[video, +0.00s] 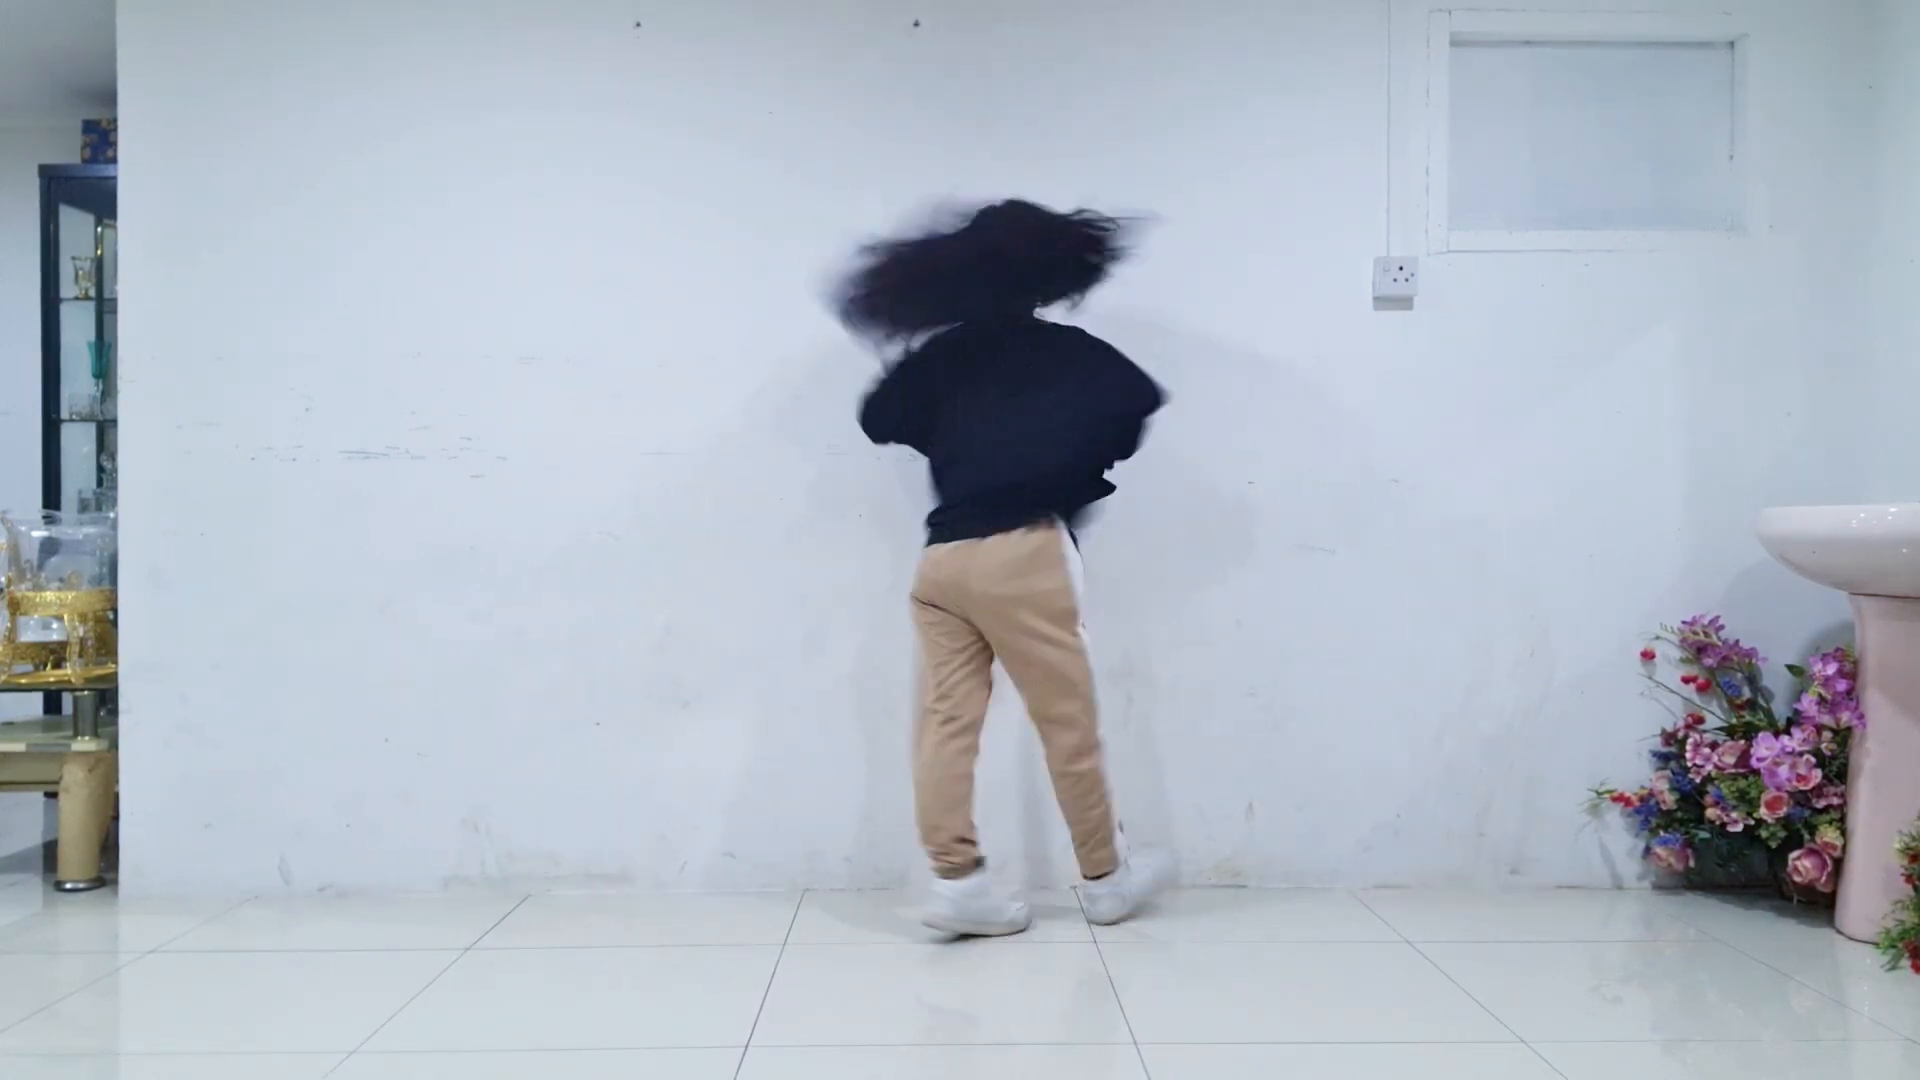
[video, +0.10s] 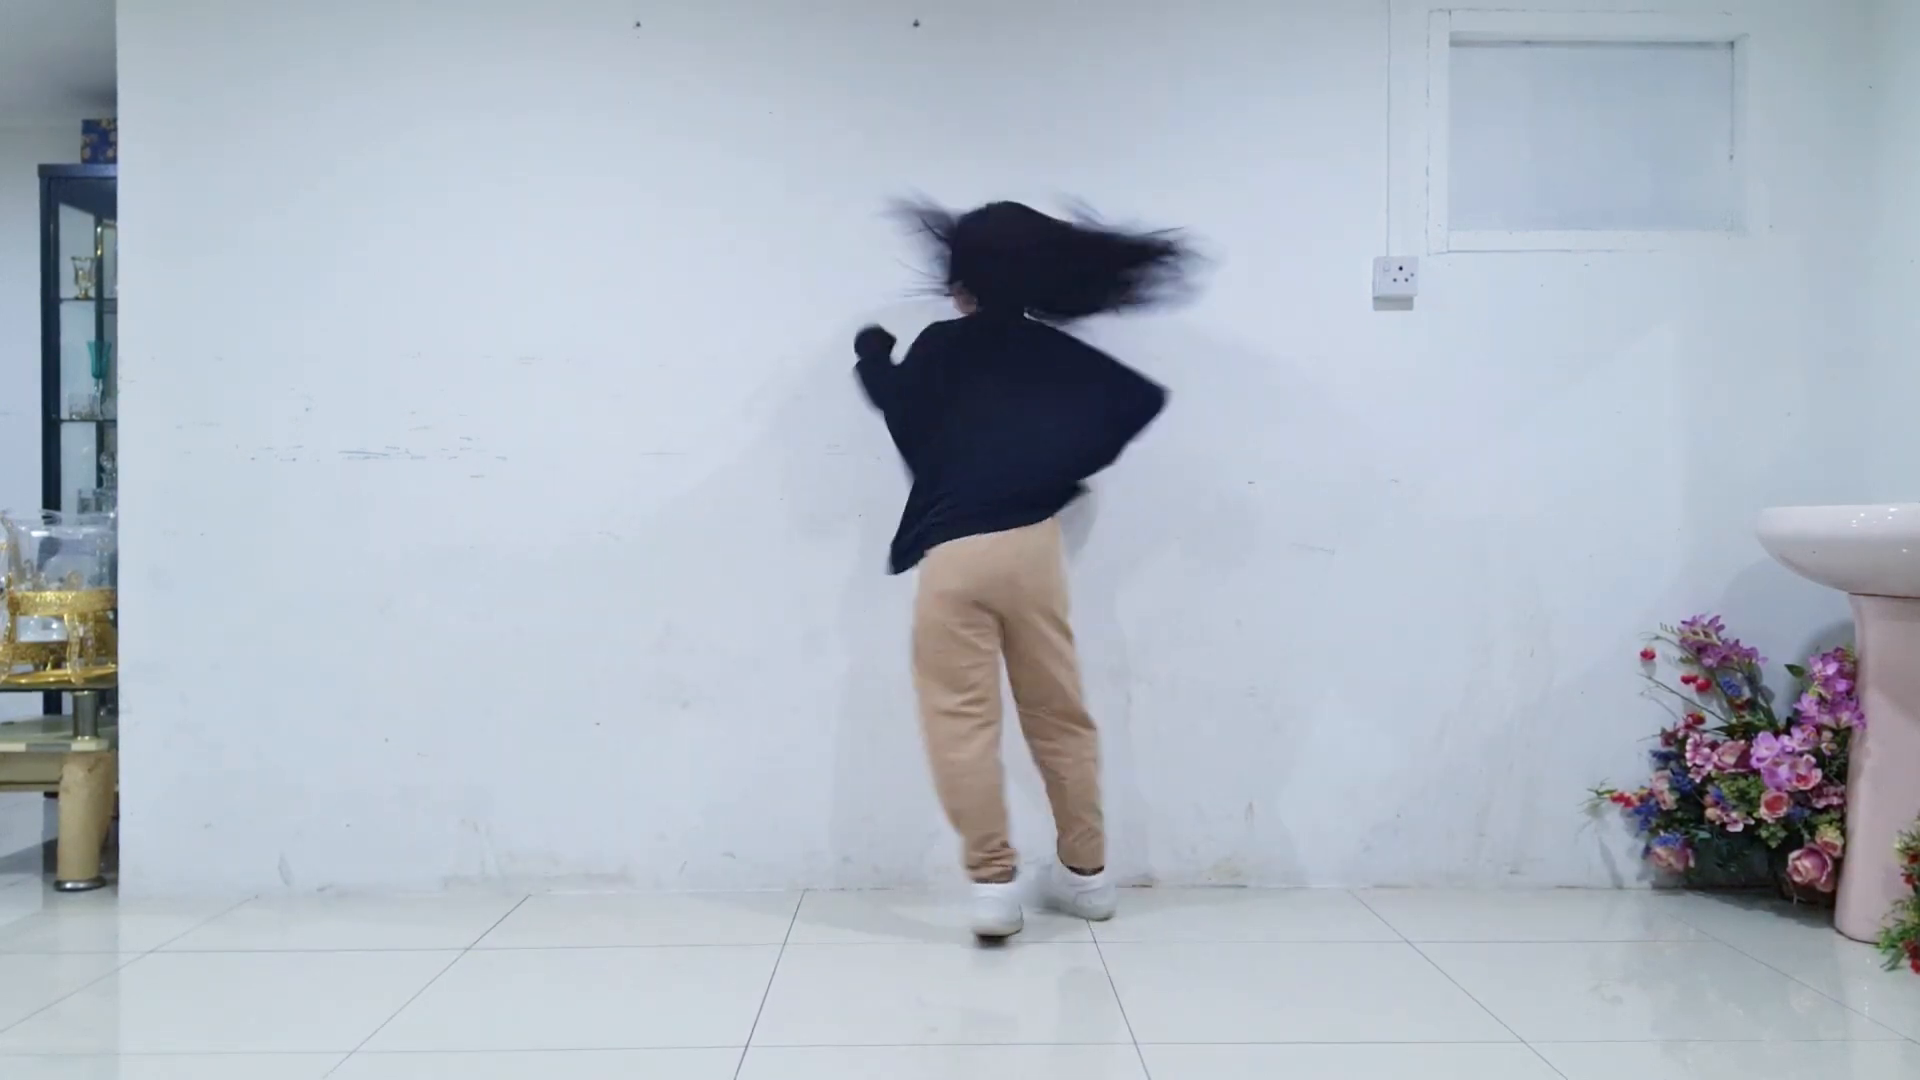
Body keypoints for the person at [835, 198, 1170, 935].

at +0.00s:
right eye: (1035, 278)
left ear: (963, 287)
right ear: (1035, 283)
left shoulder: (939, 362)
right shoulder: (1067, 350)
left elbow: (878, 417)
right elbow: (1135, 405)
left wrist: (949, 414)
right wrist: (1086, 460)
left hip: (941, 562)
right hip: (1025, 558)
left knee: (947, 723)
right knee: (1066, 720)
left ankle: (956, 884)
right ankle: (1103, 877)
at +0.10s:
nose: (949, 294)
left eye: (953, 284)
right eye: (955, 283)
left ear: (963, 289)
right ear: (1027, 287)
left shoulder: (935, 350)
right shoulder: (1053, 350)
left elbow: (886, 390)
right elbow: (1140, 398)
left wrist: (873, 350)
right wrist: (1076, 461)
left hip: (952, 560)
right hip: (1033, 549)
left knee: (961, 718)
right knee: (1059, 711)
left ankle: (993, 887)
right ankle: (1084, 873)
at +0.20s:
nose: (932, 269)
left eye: (944, 257)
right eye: (937, 255)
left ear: (978, 275)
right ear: (1000, 279)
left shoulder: (965, 347)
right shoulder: (1032, 350)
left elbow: (950, 387)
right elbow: (1076, 410)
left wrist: (910, 336)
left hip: (980, 561)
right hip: (1035, 545)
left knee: (995, 718)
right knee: (1046, 713)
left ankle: (1019, 883)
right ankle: (1080, 875)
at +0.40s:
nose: (933, 260)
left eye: (954, 249)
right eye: (928, 248)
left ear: (988, 268)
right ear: (916, 263)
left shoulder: (1012, 331)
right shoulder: (929, 353)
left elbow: (1065, 382)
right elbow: (939, 426)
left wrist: (1023, 298)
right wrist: (888, 417)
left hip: (1021, 551)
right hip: (960, 556)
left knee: (1025, 704)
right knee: (996, 710)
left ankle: (1046, 862)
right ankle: (1057, 842)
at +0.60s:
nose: (958, 266)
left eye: (975, 254)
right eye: (945, 254)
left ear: (999, 271)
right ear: (927, 271)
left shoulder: (1034, 353)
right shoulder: (909, 363)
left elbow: (1115, 381)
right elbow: (901, 461)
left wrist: (1122, 308)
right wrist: (872, 421)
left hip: (1019, 560)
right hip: (940, 557)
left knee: (1020, 715)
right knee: (932, 721)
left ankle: (1030, 864)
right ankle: (1003, 820)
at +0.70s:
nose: (962, 279)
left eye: (978, 265)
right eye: (949, 266)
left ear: (1001, 279)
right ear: (931, 281)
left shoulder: (1047, 359)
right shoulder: (909, 369)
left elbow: (1135, 332)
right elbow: (861, 398)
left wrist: (1216, 295)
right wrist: (862, 415)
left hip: (1017, 565)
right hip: (935, 561)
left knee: (1016, 724)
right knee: (902, 725)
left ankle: (1026, 866)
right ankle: (924, 848)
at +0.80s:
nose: (959, 286)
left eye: (974, 271)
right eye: (945, 274)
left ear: (997, 283)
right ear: (926, 287)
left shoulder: (1032, 375)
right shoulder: (907, 372)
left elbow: (1114, 398)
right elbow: (865, 403)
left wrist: (1171, 359)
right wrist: (865, 423)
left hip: (1010, 578)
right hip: (926, 571)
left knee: (1008, 727)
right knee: (890, 728)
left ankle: (1026, 866)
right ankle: (893, 862)